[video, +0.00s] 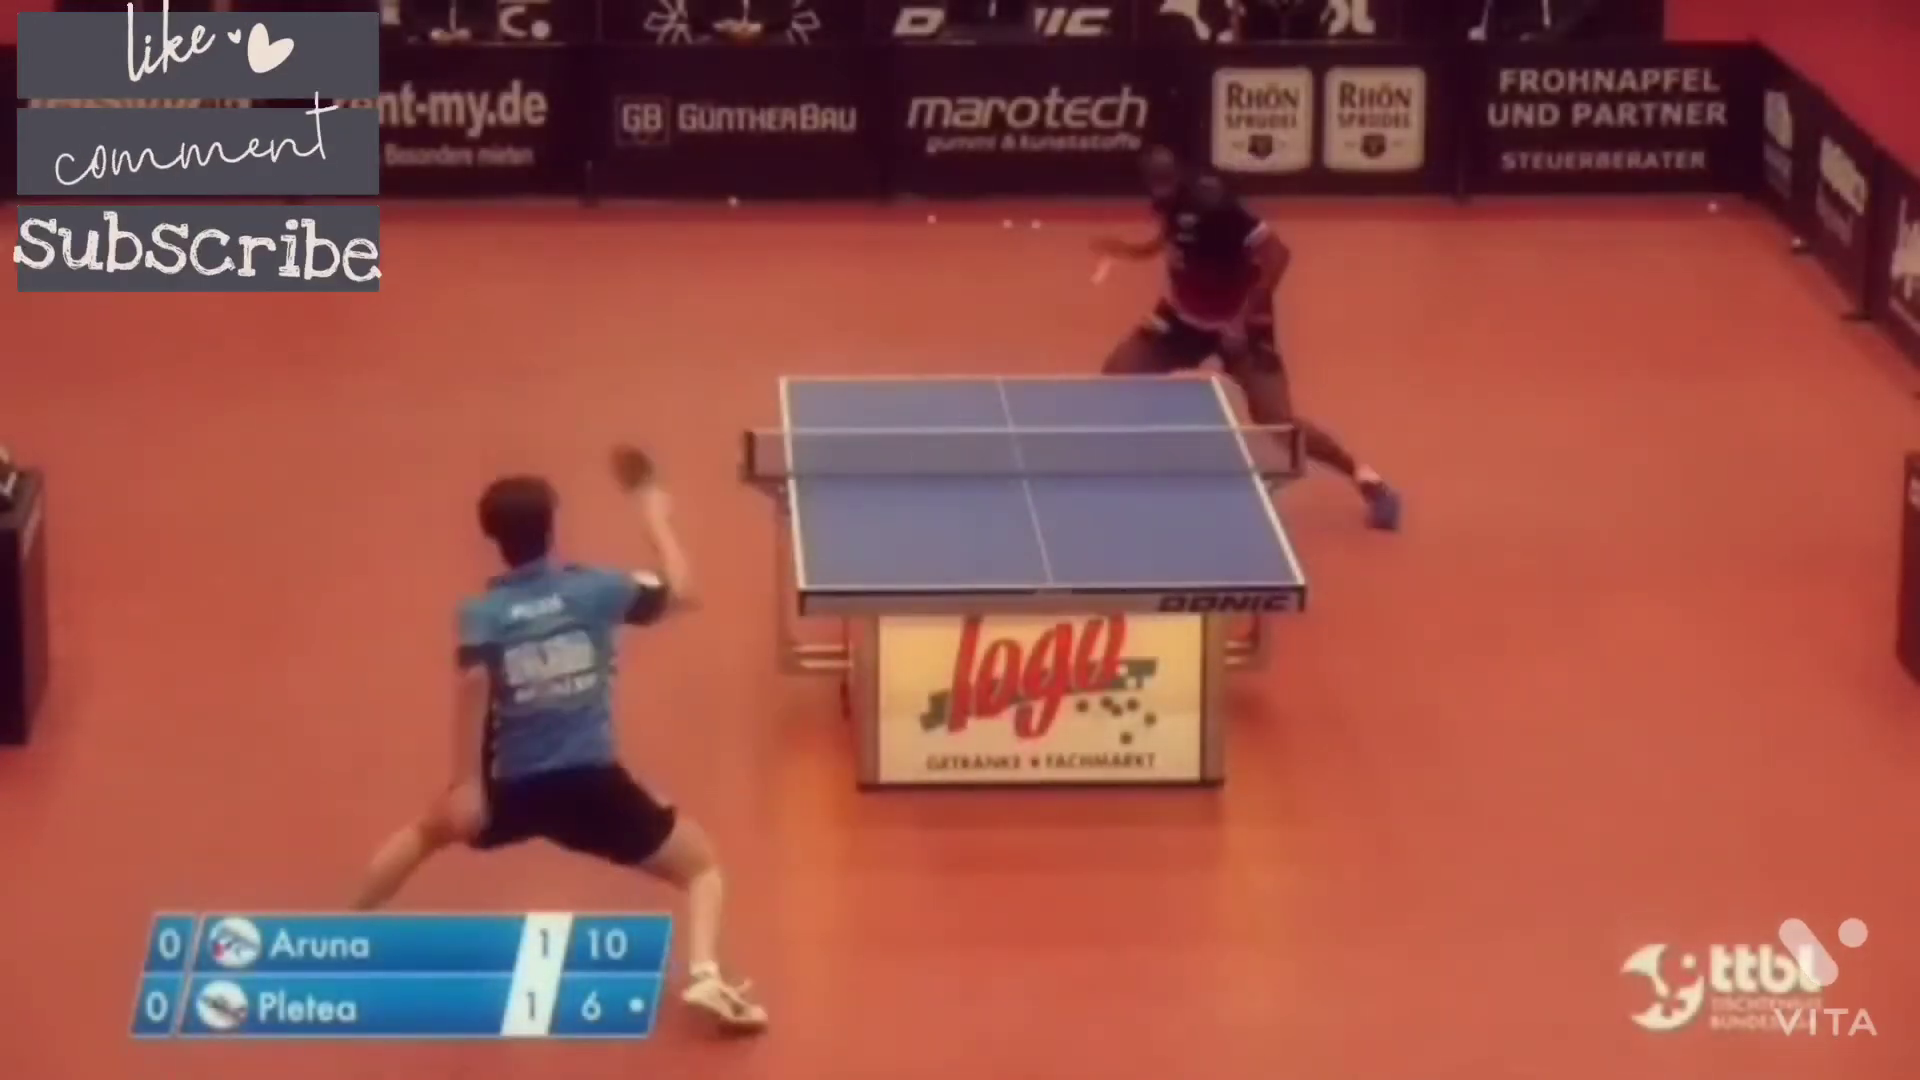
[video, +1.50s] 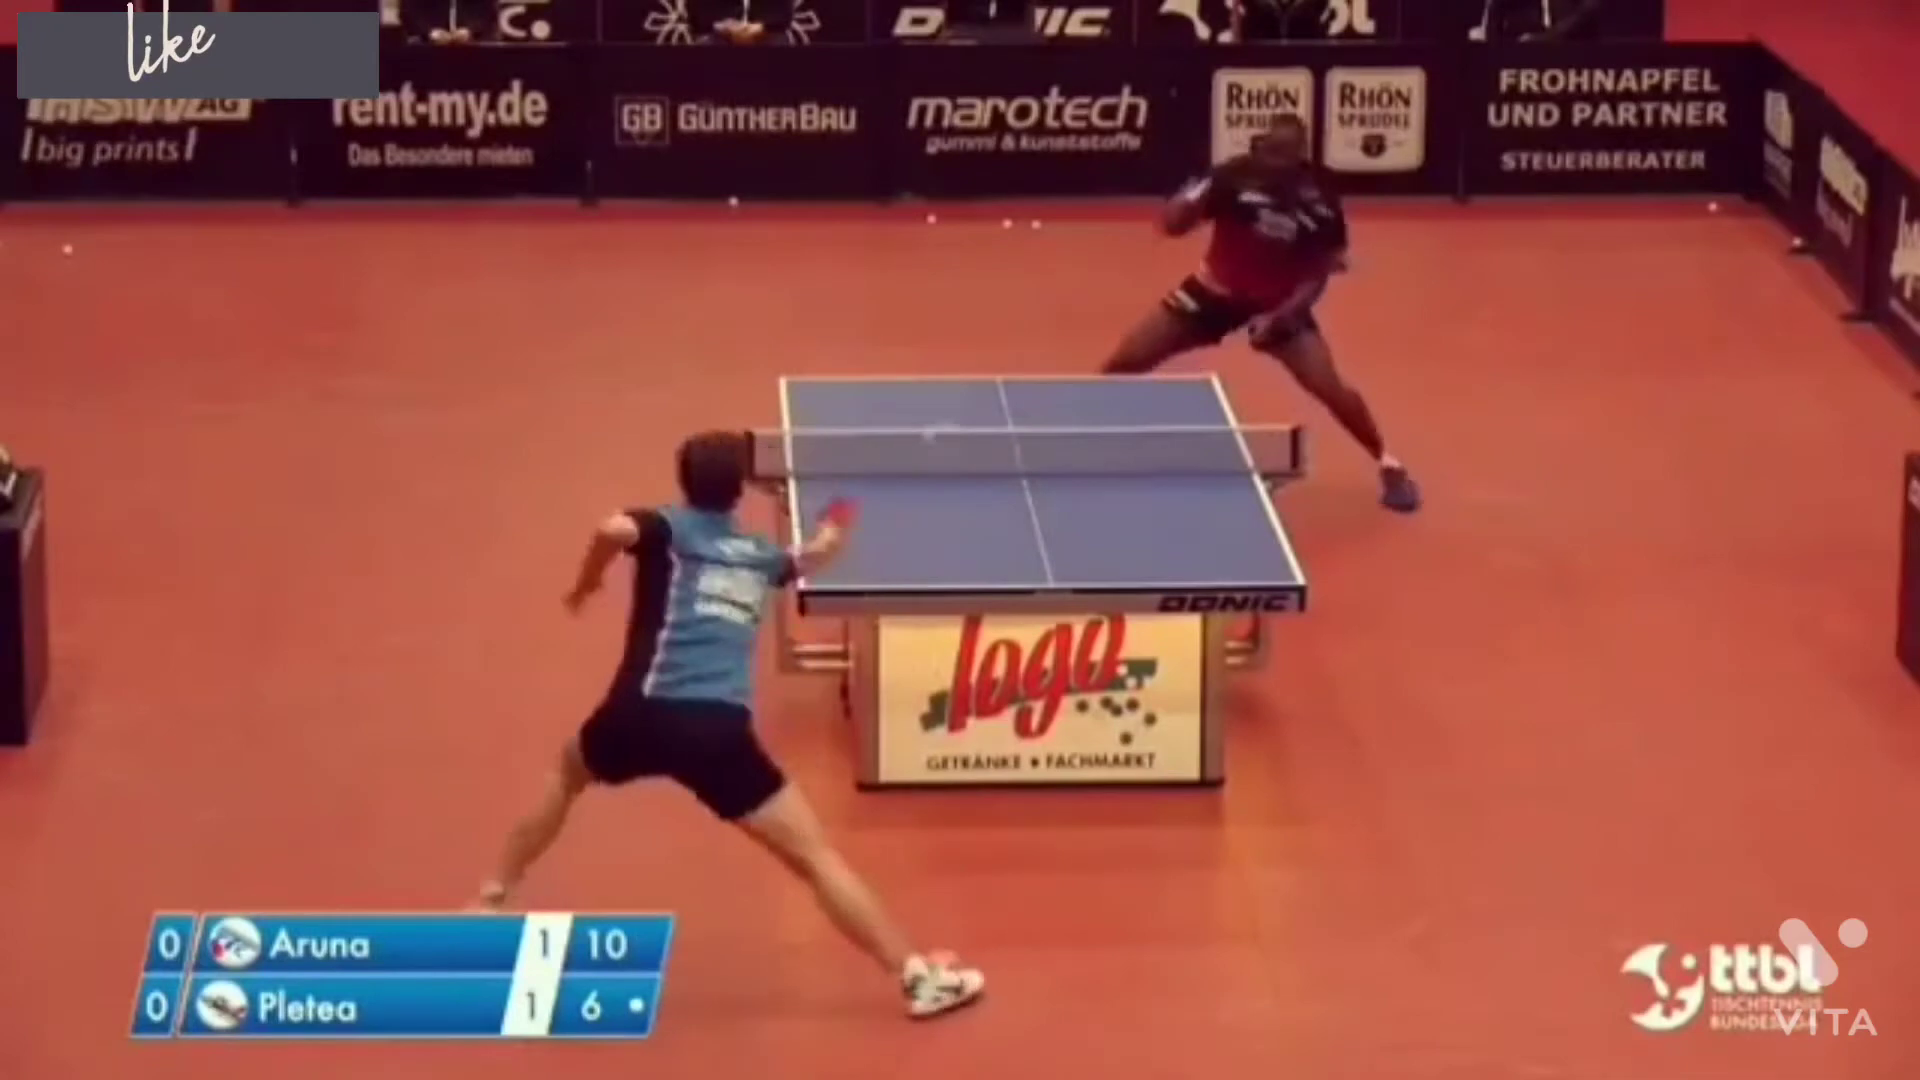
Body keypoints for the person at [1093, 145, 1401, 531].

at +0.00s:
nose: (1160, 189)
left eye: (1165, 180)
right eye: (1154, 182)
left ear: (1181, 175)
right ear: (1149, 182)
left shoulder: (1217, 204)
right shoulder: (1167, 205)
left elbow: (1276, 256)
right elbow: (1164, 242)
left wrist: (1246, 316)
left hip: (1242, 329)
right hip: (1183, 323)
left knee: (1278, 425)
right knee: (1115, 375)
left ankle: (1363, 479)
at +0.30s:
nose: (1364, 237)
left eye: (1374, 231)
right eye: (1359, 226)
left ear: (1388, 237)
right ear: (1347, 216)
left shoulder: (1381, 289)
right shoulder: (1319, 211)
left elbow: (1342, 334)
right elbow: (1267, 172)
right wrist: (1276, 219)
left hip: (1311, 346)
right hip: (1249, 333)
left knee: (1360, 415)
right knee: (1186, 404)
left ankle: (1405, 490)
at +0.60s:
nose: (1303, 172)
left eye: (1310, 163)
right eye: (1296, 162)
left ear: (1326, 164)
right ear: (1285, 162)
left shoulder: (1346, 219)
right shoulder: (1257, 197)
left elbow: (1349, 296)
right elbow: (1208, 240)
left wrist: (1316, 346)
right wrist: (1205, 276)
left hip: (1309, 322)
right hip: (1242, 310)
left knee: (1357, 396)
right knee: (1170, 378)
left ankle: (1406, 487)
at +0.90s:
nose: (1197, 173)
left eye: (1204, 164)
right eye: (1193, 165)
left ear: (1225, 160)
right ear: (1194, 165)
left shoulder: (1255, 199)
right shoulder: (1216, 196)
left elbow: (1290, 269)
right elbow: (1218, 252)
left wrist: (1260, 333)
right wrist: (1182, 289)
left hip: (1282, 315)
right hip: (1230, 307)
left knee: (1304, 421)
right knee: (1150, 369)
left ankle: (1390, 462)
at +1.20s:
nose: (1332, 185)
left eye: (1344, 179)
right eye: (1331, 175)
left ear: (1361, 189)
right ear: (1326, 171)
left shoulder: (1363, 249)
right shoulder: (1309, 177)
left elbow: (1305, 292)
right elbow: (1264, 140)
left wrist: (1251, 260)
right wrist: (1320, 120)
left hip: (1309, 335)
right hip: (1252, 311)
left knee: (1335, 429)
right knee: (1158, 369)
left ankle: (1418, 467)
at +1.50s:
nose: (1271, 158)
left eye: (1281, 152)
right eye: (1267, 149)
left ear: (1301, 156)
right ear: (1257, 147)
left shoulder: (1319, 199)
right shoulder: (1233, 177)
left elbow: (1321, 274)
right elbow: (1172, 224)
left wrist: (1278, 318)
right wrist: (1196, 197)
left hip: (1280, 306)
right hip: (1214, 294)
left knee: (1329, 388)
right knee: (1124, 362)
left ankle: (1386, 463)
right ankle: (1082, 449)